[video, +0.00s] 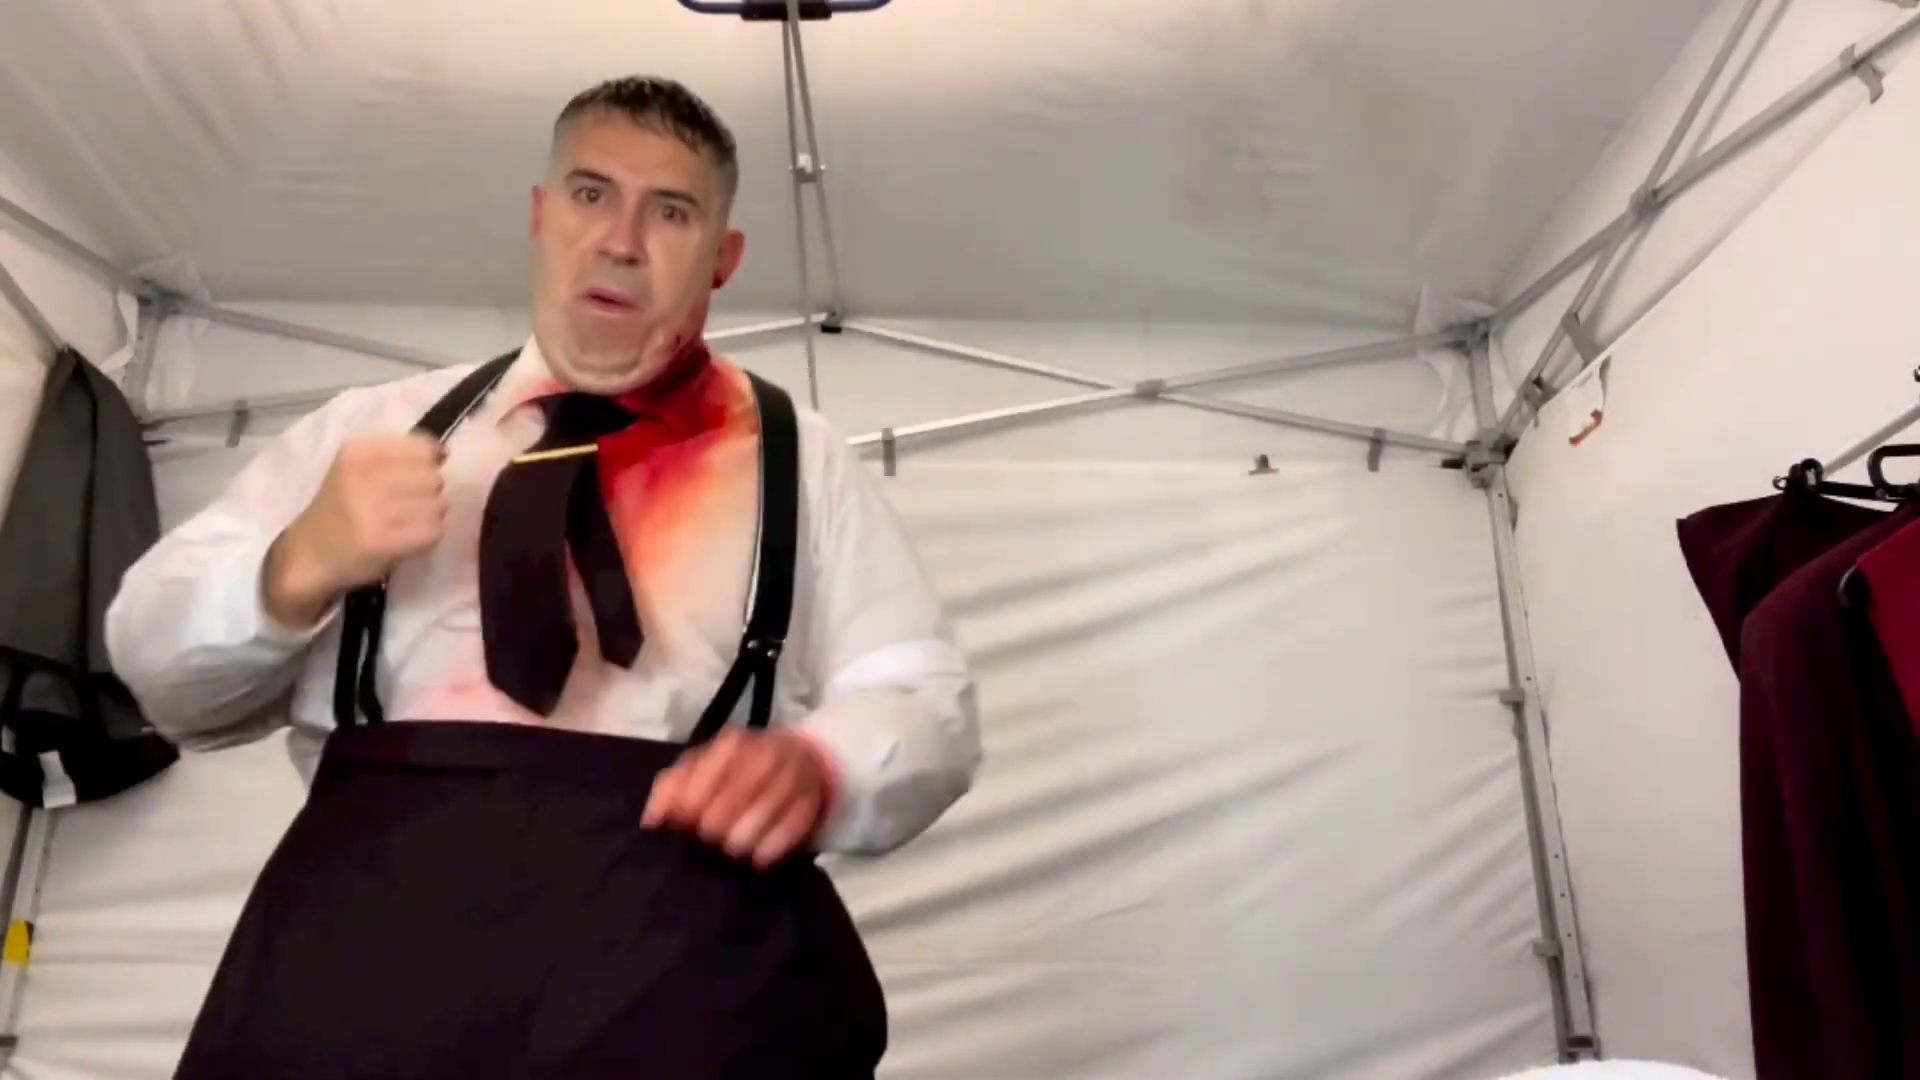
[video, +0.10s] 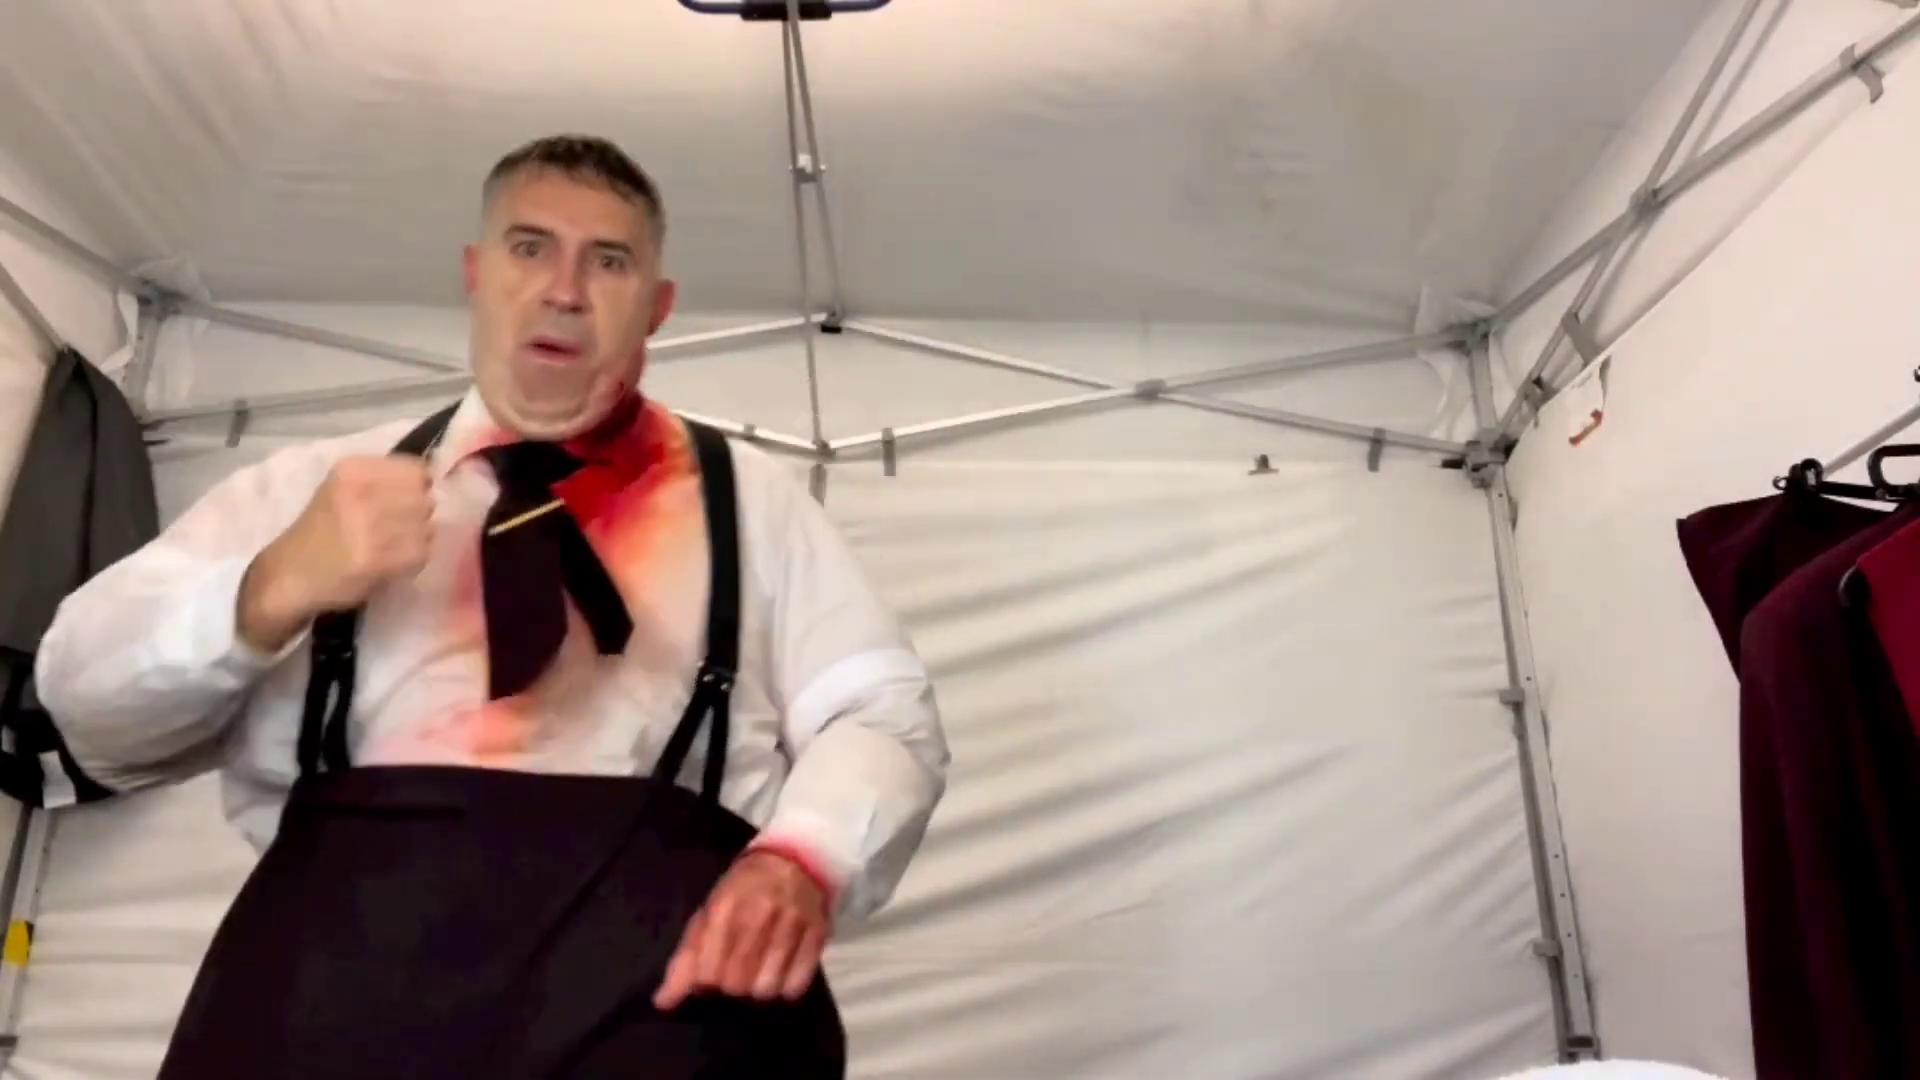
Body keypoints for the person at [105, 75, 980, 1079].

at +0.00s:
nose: (620, 239)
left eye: (669, 211)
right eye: (590, 194)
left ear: (721, 261)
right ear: (537, 216)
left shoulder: (797, 463)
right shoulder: (385, 426)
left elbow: (921, 700)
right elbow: (158, 662)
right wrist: (300, 566)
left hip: (676, 859)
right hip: (390, 851)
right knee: (325, 1043)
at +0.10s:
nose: (564, 291)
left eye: (607, 262)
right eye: (530, 250)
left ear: (658, 308)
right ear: (474, 277)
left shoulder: (747, 498)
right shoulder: (331, 484)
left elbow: (879, 712)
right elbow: (82, 700)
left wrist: (803, 857)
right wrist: (271, 592)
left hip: (656, 907)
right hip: (361, 892)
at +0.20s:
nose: (459, 260)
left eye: (500, 228)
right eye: (422, 227)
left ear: (561, 272)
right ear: (380, 268)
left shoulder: (684, 459)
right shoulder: (273, 470)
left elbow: (832, 633)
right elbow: (86, 663)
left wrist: (815, 742)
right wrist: (310, 488)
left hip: (610, 880)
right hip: (328, 881)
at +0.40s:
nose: (353, 254)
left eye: (389, 218)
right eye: (317, 227)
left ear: (461, 252)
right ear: (289, 270)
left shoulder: (606, 403)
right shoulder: (216, 451)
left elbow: (766, 561)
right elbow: (71, 620)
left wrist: (714, 701)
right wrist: (264, 537)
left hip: (566, 834)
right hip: (296, 850)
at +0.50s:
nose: (338, 330)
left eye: (375, 294)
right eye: (304, 300)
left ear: (442, 326)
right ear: (270, 336)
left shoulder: (579, 485)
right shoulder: (203, 527)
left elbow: (730, 645)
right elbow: (40, 705)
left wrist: (707, 767)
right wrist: (218, 646)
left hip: (525, 856)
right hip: (279, 856)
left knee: (540, 817)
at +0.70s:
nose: (485, 267)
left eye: (519, 240)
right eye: (453, 231)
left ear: (557, 271)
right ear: (392, 250)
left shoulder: (644, 435)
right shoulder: (251, 430)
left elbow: (782, 621)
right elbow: (83, 639)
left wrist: (692, 590)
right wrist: (222, 597)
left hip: (579, 817)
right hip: (319, 813)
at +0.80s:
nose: (568, 313)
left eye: (601, 289)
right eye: (543, 273)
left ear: (627, 315)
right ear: (472, 277)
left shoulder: (685, 476)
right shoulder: (309, 431)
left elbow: (815, 658)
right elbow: (89, 608)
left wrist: (709, 571)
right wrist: (185, 609)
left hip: (584, 810)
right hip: (331, 799)